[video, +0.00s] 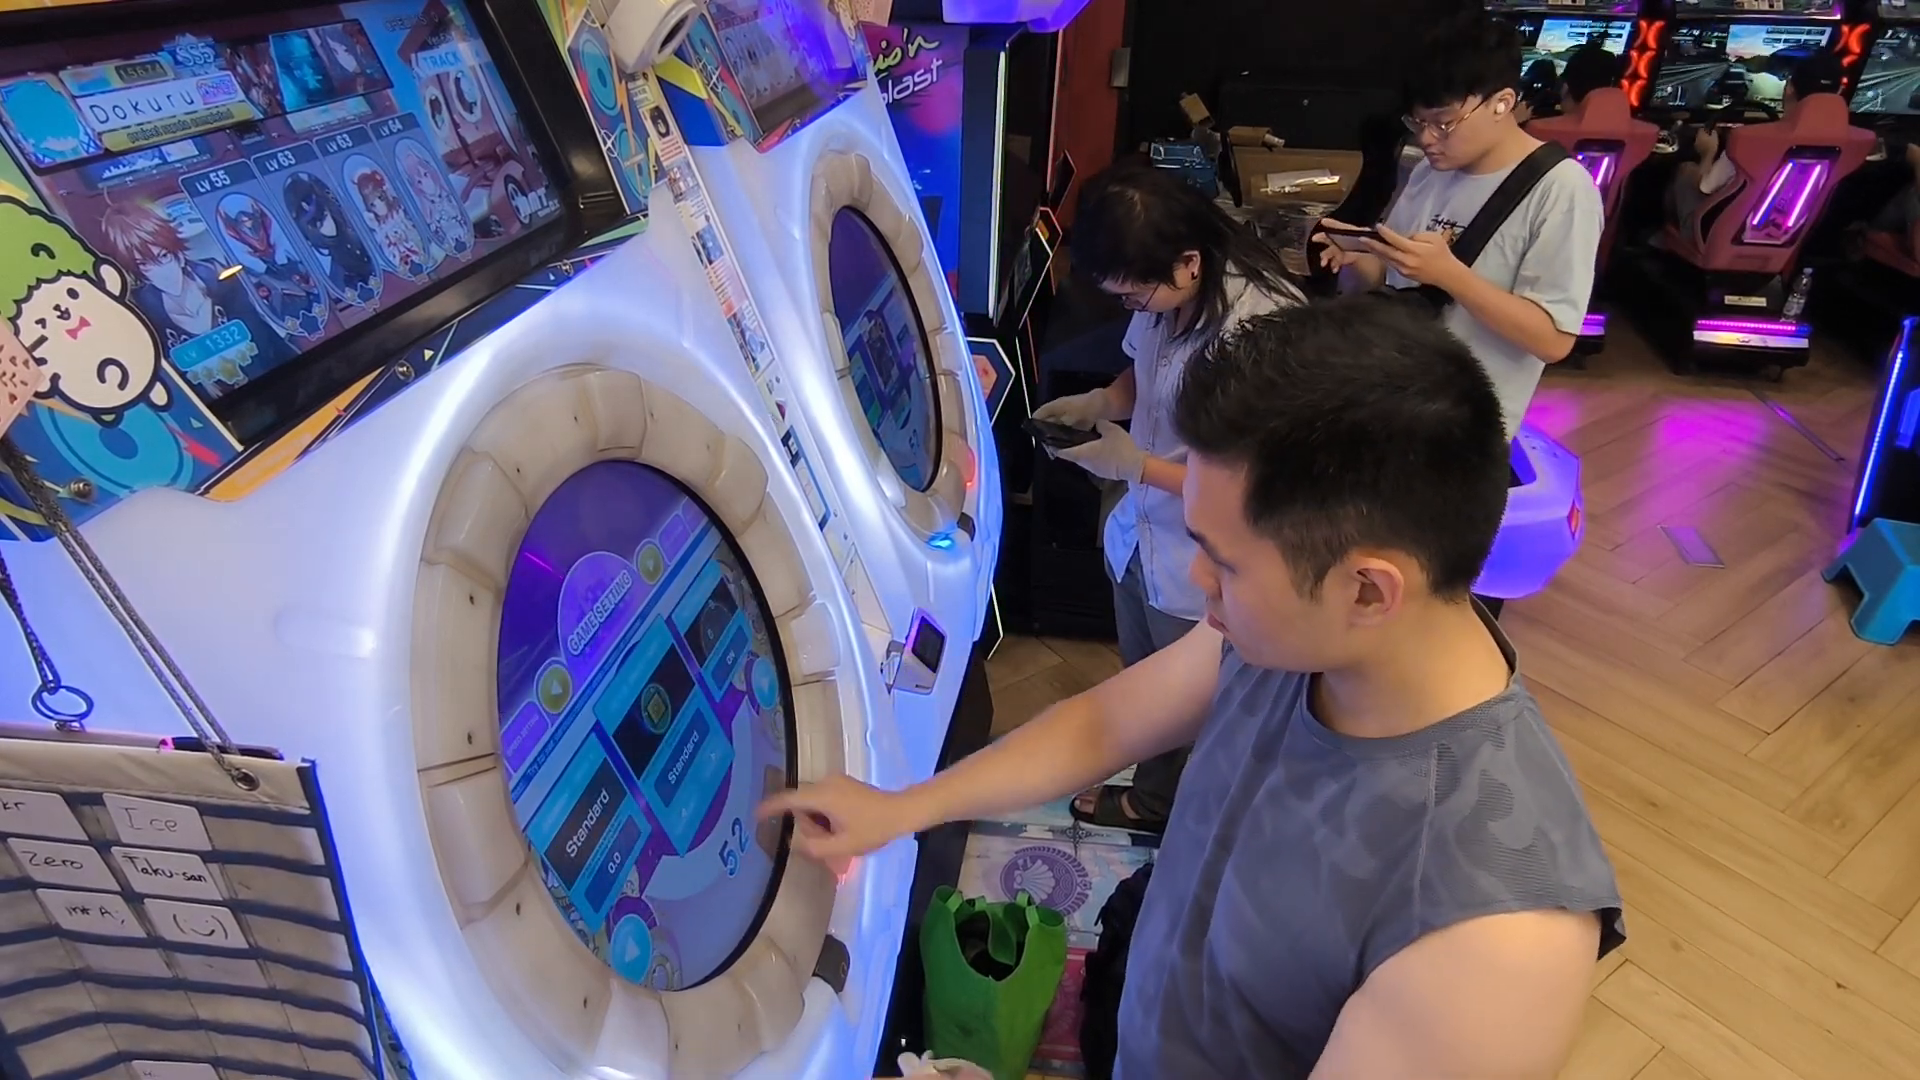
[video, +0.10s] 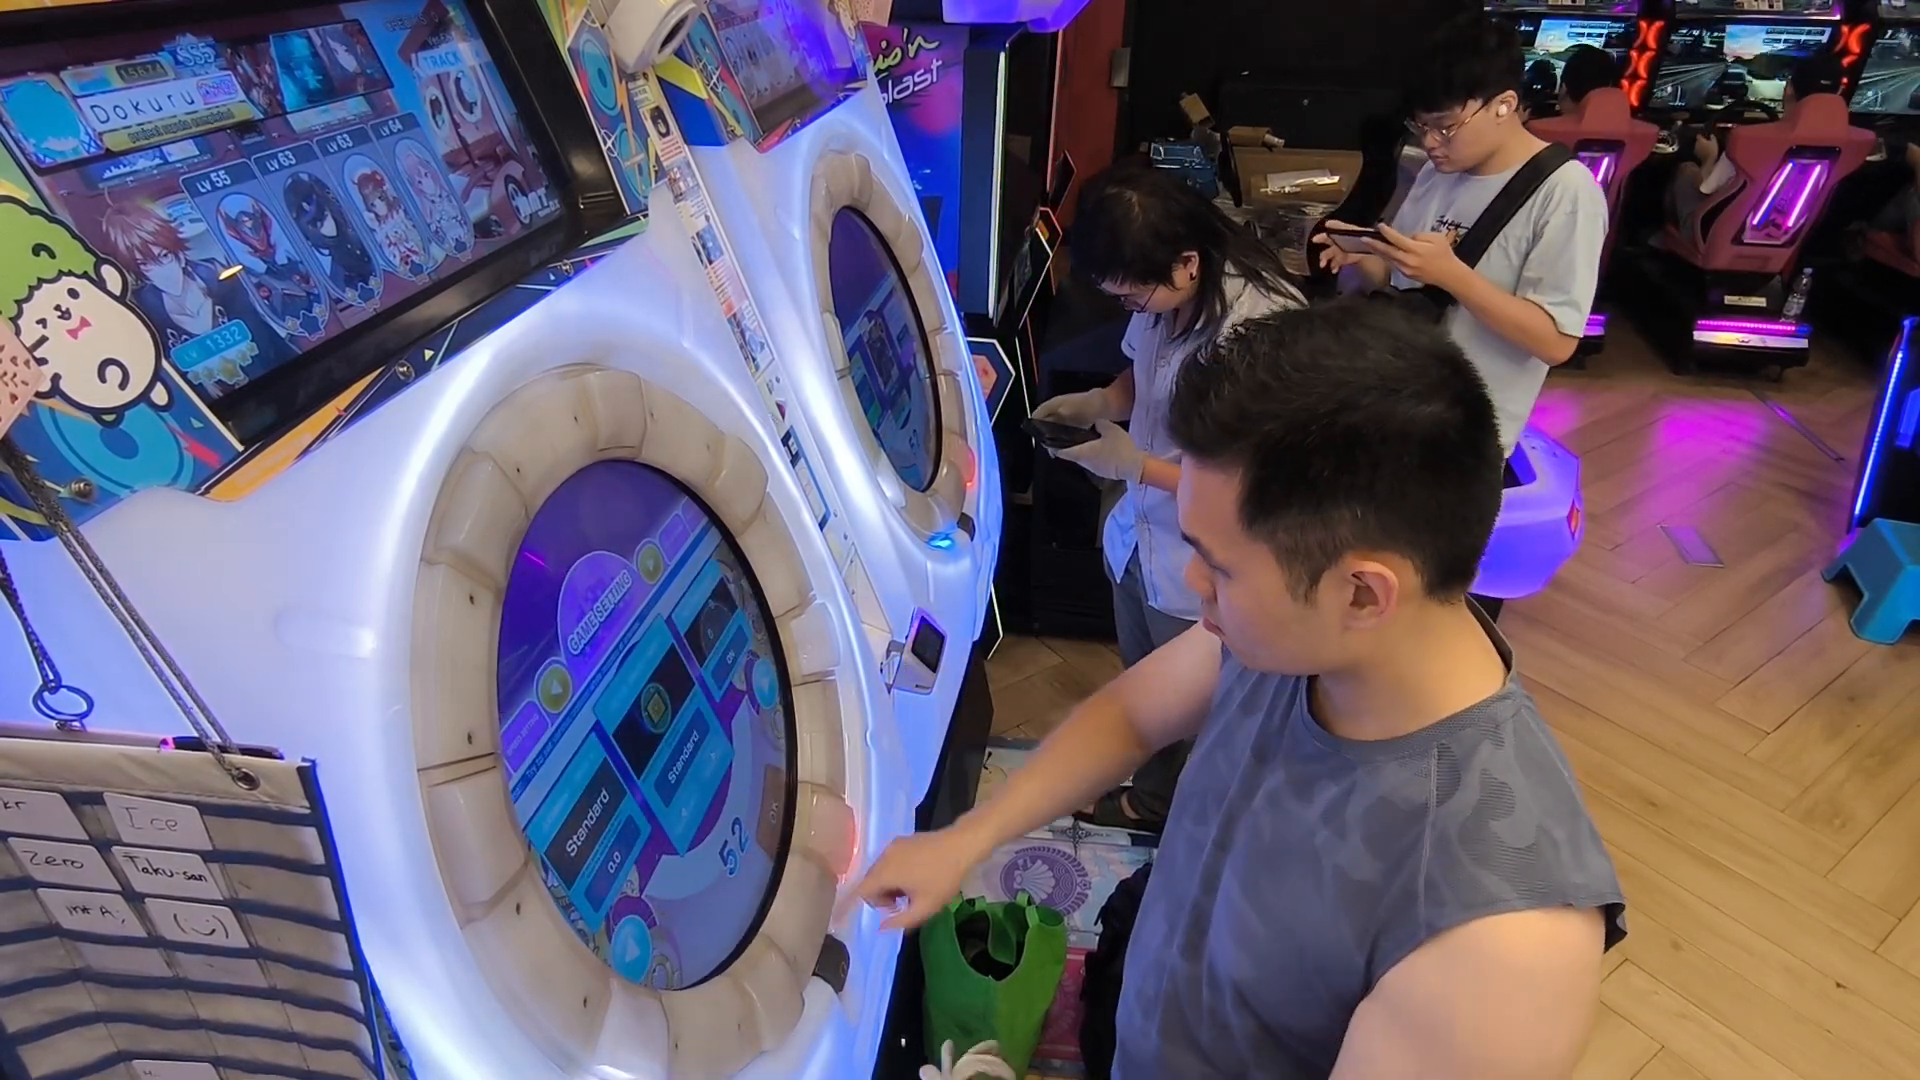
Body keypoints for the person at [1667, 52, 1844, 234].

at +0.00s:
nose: (1784, 88)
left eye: (1787, 82)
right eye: (1787, 81)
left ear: (1790, 90)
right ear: (1835, 93)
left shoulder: (1757, 139)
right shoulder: (1841, 148)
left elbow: (1707, 186)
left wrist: (1707, 152)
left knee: (1686, 170)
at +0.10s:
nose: (1784, 89)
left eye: (1787, 84)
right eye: (1788, 82)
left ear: (1790, 91)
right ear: (1835, 95)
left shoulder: (1755, 140)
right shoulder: (1840, 149)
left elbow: (1707, 187)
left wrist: (1710, 156)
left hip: (1721, 242)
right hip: (1782, 246)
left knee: (1686, 169)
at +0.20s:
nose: (1784, 87)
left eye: (1788, 82)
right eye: (1789, 81)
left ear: (1791, 90)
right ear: (1835, 94)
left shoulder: (1757, 140)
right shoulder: (1841, 149)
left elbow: (1706, 188)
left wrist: (1711, 156)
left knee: (1686, 169)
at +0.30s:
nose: (1784, 88)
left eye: (1788, 82)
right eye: (1787, 81)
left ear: (1793, 91)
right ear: (1834, 94)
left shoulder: (1756, 140)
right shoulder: (1843, 148)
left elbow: (1706, 187)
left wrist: (1712, 154)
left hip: (1722, 244)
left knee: (1686, 169)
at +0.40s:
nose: (1784, 87)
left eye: (1788, 82)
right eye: (1788, 81)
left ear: (1793, 91)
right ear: (1835, 94)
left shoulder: (1758, 141)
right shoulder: (1844, 150)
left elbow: (1706, 188)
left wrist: (1711, 156)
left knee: (1685, 169)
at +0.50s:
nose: (1784, 88)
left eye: (1788, 83)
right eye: (1787, 82)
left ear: (1793, 91)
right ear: (1835, 94)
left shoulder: (1756, 140)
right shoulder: (1847, 148)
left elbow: (1707, 188)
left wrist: (1711, 157)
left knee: (1686, 169)